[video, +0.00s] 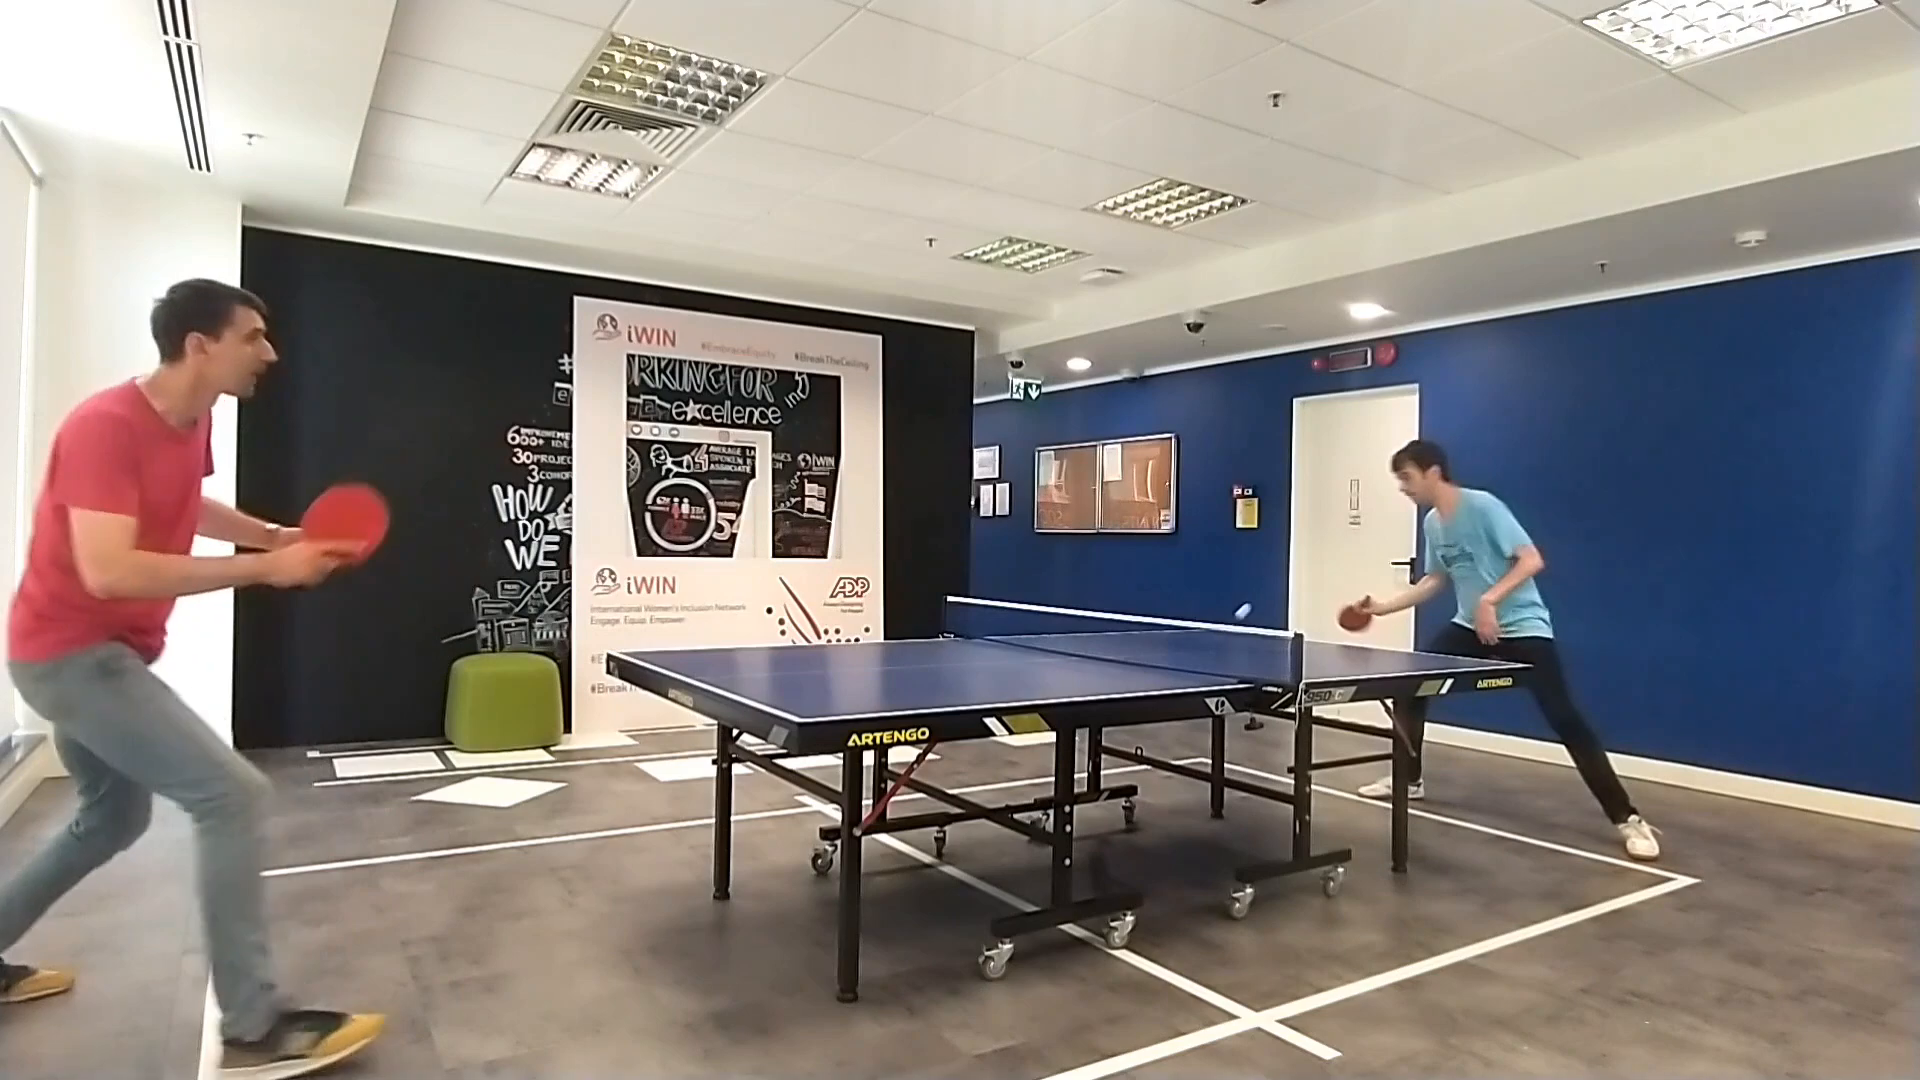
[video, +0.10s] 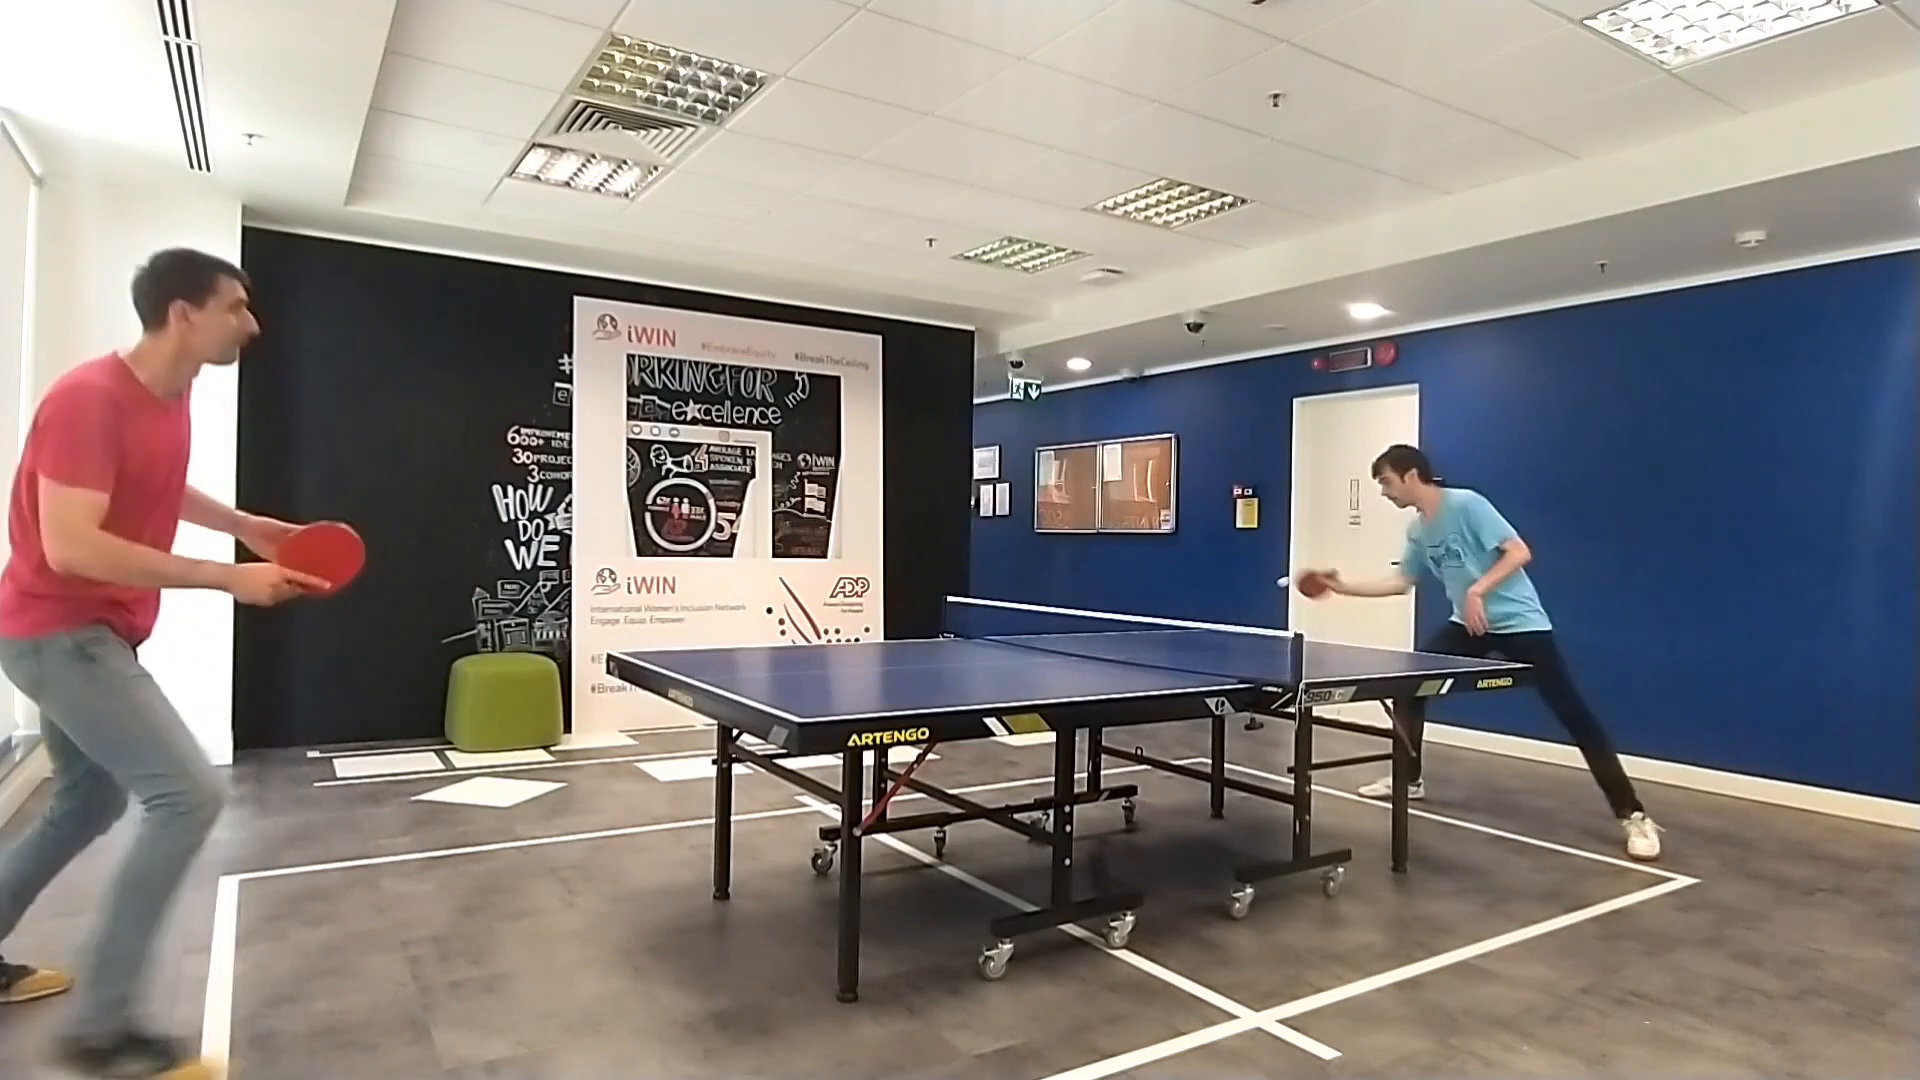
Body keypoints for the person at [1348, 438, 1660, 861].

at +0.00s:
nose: (1402, 488)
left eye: (1406, 477)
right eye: (1399, 480)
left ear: (1434, 472)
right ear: (1422, 478)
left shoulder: (1482, 505)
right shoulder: (1432, 522)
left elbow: (1531, 560)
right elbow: (1435, 581)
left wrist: (1489, 600)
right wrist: (1380, 607)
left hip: (1523, 628)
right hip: (1470, 629)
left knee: (1563, 718)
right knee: (1408, 686)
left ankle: (1627, 820)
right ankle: (1407, 778)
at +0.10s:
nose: (1383, 492)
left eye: (1385, 482)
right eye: (1380, 485)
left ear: (1410, 474)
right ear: (1406, 478)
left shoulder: (1466, 504)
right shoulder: (1417, 532)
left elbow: (1518, 552)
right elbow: (1399, 582)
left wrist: (1476, 591)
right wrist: (1338, 583)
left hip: (1522, 626)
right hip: (1468, 629)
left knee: (1573, 712)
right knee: (1408, 683)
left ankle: (1632, 816)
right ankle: (1406, 778)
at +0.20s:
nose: (1380, 494)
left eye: (1384, 484)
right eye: (1378, 487)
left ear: (1409, 477)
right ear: (1401, 484)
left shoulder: (1465, 506)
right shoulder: (1405, 538)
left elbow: (1518, 550)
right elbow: (1362, 570)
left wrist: (1475, 587)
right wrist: (1317, 555)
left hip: (1523, 627)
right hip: (1469, 631)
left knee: (1577, 709)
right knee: (1406, 680)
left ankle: (1648, 812)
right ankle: (1405, 776)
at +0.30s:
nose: (1395, 490)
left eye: (1400, 480)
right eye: (1392, 483)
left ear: (1428, 477)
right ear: (1413, 485)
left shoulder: (1479, 509)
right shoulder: (1409, 535)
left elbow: (1530, 555)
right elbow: (1366, 553)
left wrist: (1488, 585)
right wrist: (1334, 560)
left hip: (1529, 630)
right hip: (1471, 635)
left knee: (1588, 712)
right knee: (1405, 686)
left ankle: (1668, 810)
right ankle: (1404, 779)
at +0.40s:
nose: (1426, 484)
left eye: (1434, 474)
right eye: (1424, 477)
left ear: (1463, 475)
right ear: (1433, 486)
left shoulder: (1508, 511)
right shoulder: (1435, 535)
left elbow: (1554, 563)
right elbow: (1392, 585)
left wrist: (1514, 588)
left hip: (1541, 636)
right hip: (1483, 639)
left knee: (1602, 716)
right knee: (1414, 685)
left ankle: (1689, 813)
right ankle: (1405, 780)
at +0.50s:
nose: (1473, 481)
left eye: (1481, 473)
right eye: (1470, 474)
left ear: (1510, 476)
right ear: (1473, 482)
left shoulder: (1552, 517)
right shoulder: (1473, 532)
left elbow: (1592, 572)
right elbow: (1447, 579)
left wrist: (1551, 596)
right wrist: (1445, 599)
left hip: (1569, 648)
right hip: (1507, 645)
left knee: (1622, 730)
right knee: (1433, 700)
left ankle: (1698, 825)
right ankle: (1404, 780)